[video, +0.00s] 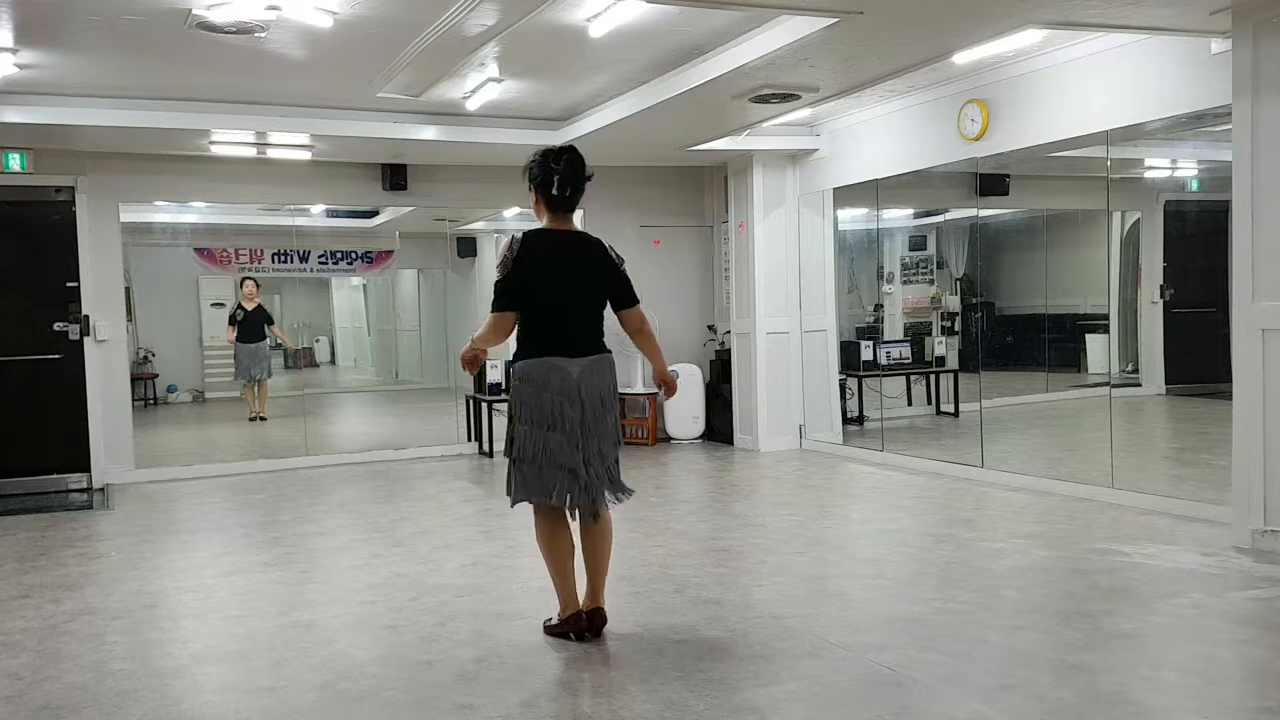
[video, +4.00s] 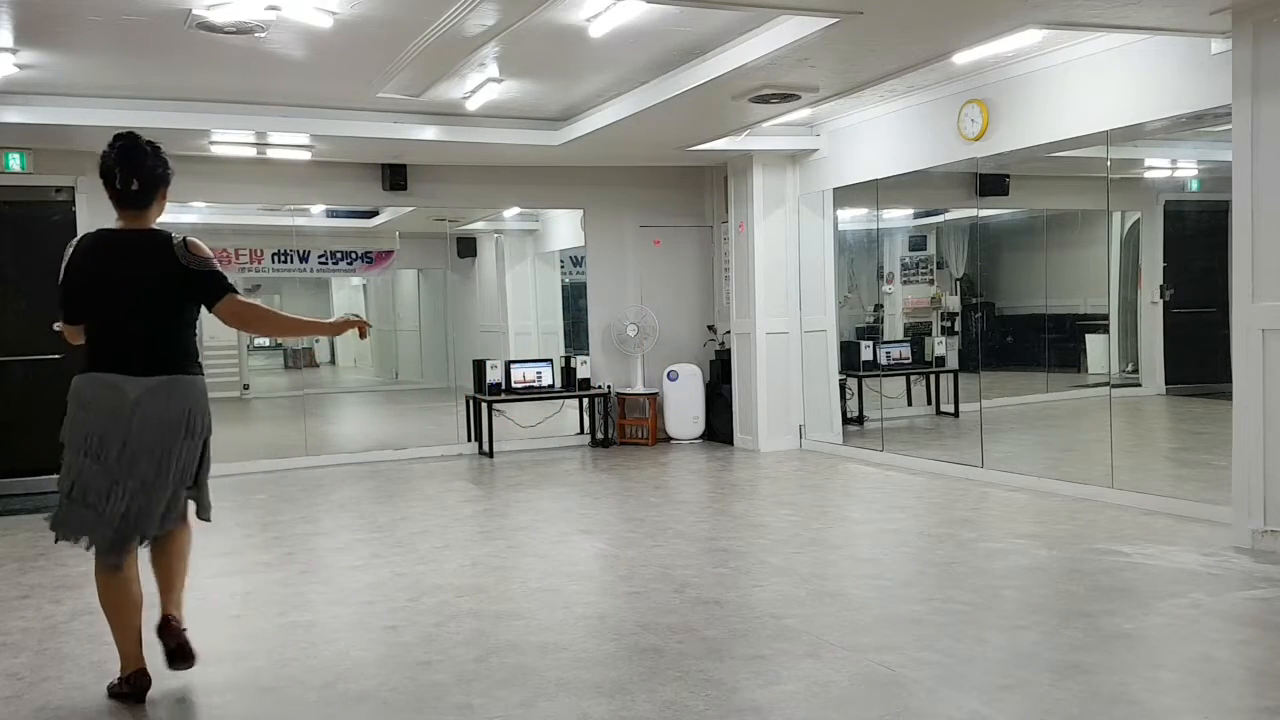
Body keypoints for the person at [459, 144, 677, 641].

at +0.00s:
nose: (530, 197)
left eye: (530, 191)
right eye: (533, 190)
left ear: (535, 195)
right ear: (581, 194)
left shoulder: (522, 250)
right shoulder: (600, 253)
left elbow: (502, 324)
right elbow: (635, 321)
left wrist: (476, 347)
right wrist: (661, 367)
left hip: (539, 377)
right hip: (596, 375)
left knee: (546, 494)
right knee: (593, 490)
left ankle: (570, 610)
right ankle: (595, 604)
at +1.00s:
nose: (426, 200)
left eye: (417, 193)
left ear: (416, 198)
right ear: (465, 195)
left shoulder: (400, 257)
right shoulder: (488, 254)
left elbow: (366, 328)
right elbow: (531, 320)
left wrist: (339, 377)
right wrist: (577, 370)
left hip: (419, 390)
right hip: (484, 389)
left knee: (442, 508)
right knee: (489, 503)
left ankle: (470, 621)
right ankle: (461, 611)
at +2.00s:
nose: (313, 188)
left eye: (307, 180)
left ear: (306, 186)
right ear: (362, 188)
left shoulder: (287, 248)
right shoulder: (381, 254)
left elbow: (247, 323)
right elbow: (434, 324)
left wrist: (209, 353)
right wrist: (484, 380)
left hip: (309, 392)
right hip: (375, 392)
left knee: (328, 529)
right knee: (383, 518)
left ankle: (350, 661)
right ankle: (405, 633)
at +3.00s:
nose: (206, 192)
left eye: (207, 184)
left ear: (212, 189)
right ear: (266, 190)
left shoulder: (204, 247)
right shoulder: (288, 254)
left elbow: (195, 322)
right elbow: (331, 328)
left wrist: (141, 372)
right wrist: (341, 348)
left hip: (237, 390)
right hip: (296, 385)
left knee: (251, 527)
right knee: (276, 523)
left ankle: (320, 634)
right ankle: (260, 646)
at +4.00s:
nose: (163, 195)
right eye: (164, 187)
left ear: (107, 191)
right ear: (163, 192)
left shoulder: (83, 253)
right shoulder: (182, 255)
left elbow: (72, 334)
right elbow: (243, 316)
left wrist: (111, 322)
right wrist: (330, 327)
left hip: (101, 396)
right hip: (176, 396)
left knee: (111, 536)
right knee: (173, 511)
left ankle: (132, 670)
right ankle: (172, 615)